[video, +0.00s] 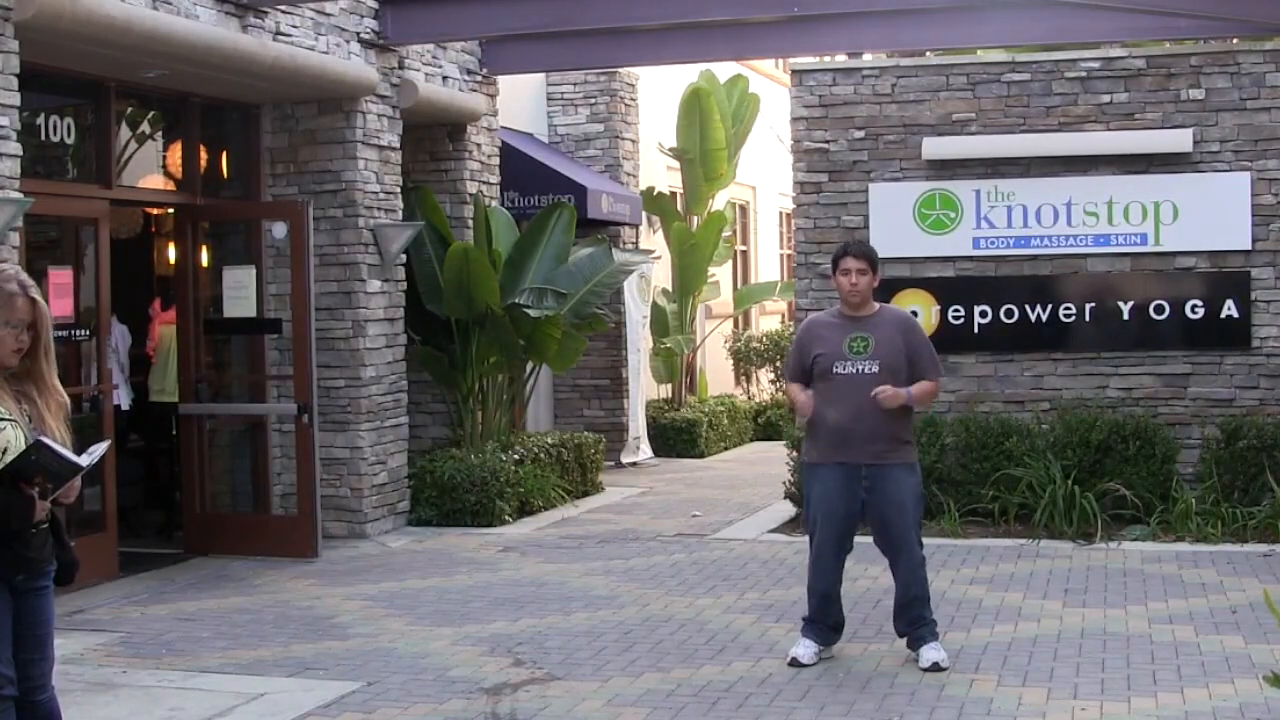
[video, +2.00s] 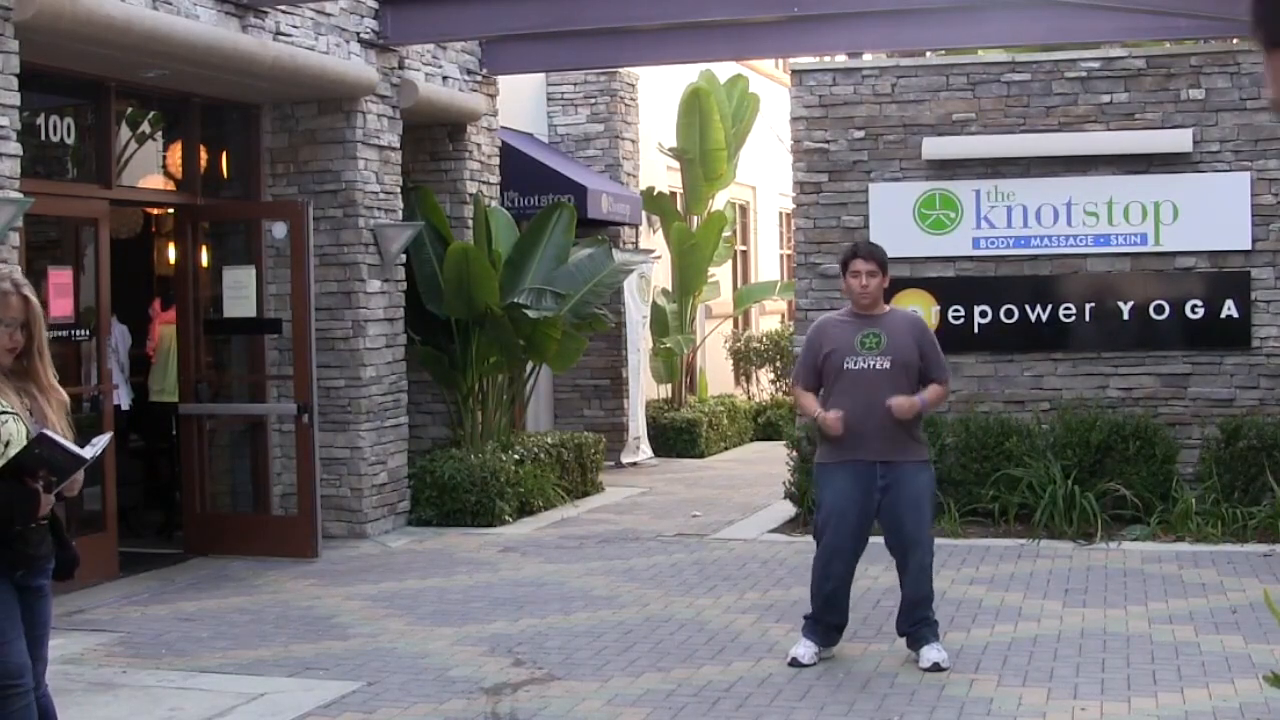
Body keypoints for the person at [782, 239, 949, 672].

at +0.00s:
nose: (853, 280)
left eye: (861, 273)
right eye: (845, 273)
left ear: (875, 278)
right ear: (834, 279)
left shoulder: (902, 323)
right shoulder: (812, 329)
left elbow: (931, 384)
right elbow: (793, 380)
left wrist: (904, 395)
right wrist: (800, 397)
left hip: (893, 461)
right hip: (828, 461)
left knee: (906, 549)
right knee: (824, 549)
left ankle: (923, 636)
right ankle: (817, 634)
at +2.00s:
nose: (862, 283)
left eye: (870, 275)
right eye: (854, 275)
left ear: (885, 279)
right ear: (843, 281)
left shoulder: (913, 325)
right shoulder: (823, 330)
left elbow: (940, 385)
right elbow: (802, 388)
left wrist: (917, 402)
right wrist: (819, 413)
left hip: (906, 460)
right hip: (842, 461)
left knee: (917, 550)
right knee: (833, 550)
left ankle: (924, 637)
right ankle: (817, 635)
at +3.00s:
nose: (859, 285)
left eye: (868, 277)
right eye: (851, 278)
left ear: (882, 282)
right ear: (841, 285)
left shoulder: (908, 330)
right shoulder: (823, 333)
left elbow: (938, 398)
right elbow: (795, 401)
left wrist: (918, 369)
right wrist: (806, 381)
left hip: (903, 466)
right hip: (839, 467)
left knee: (912, 553)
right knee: (833, 553)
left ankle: (923, 638)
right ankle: (818, 636)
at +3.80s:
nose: (851, 281)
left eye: (859, 273)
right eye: (843, 273)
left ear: (873, 279)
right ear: (832, 279)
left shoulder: (899, 327)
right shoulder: (812, 329)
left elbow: (928, 390)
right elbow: (786, 395)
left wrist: (908, 392)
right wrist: (806, 384)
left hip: (886, 462)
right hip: (823, 461)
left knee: (898, 545)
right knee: (821, 549)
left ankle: (923, 637)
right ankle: (818, 634)